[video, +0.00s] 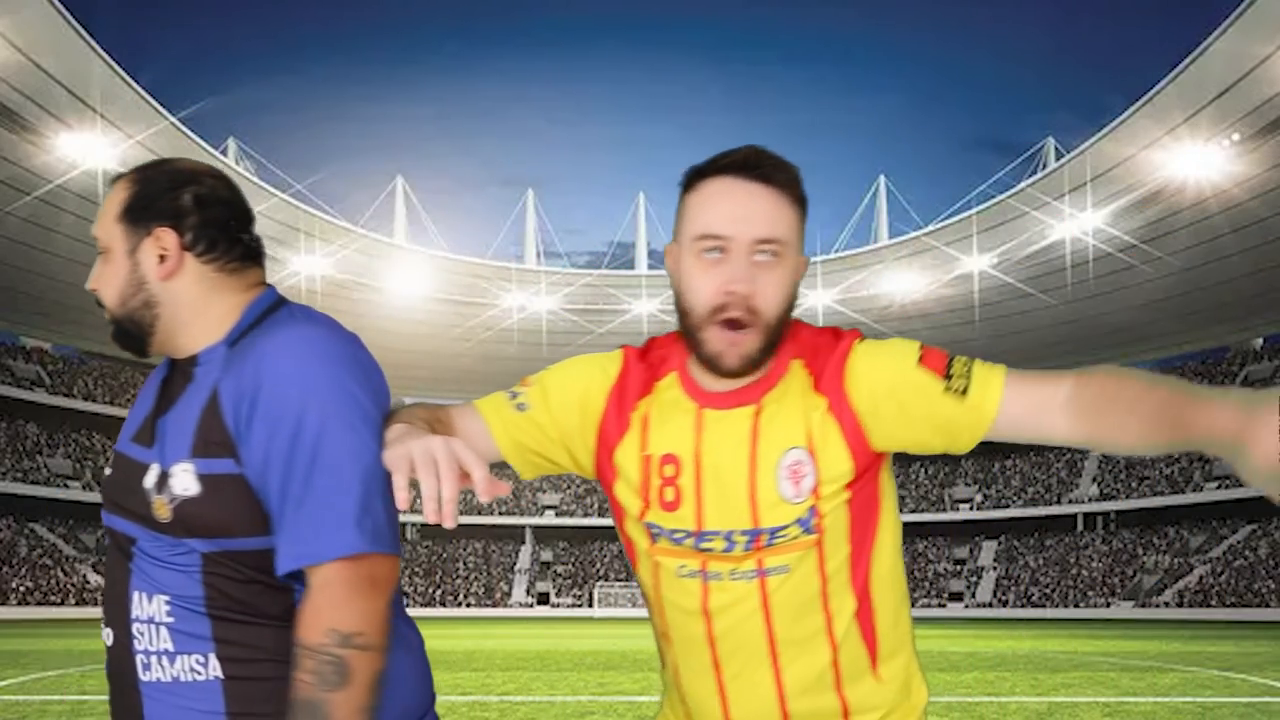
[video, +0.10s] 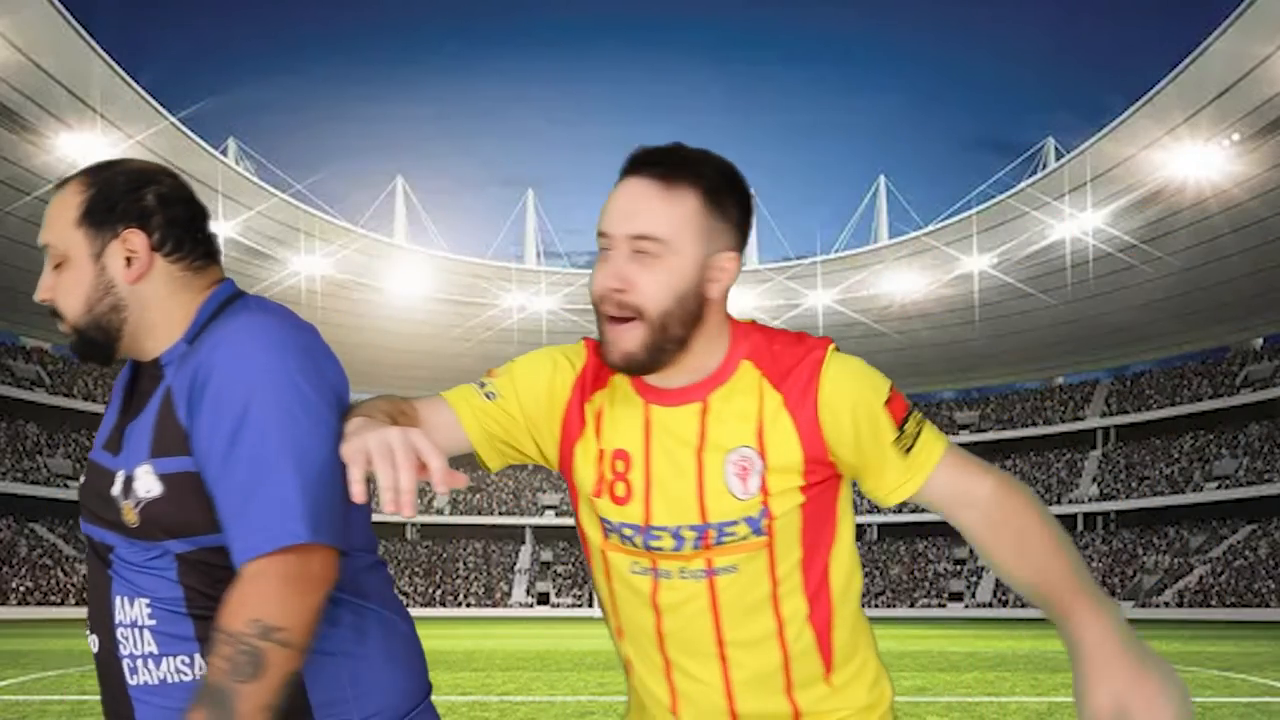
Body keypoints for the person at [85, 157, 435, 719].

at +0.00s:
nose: (92, 283)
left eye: (104, 253)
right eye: (96, 255)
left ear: (164, 252)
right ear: (161, 255)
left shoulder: (303, 359)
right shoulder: (166, 382)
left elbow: (354, 580)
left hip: (278, 704)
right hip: (165, 700)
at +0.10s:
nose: (41, 294)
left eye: (56, 263)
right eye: (47, 266)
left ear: (131, 256)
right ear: (132, 260)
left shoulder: (253, 350)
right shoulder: (142, 373)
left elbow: (293, 563)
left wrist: (215, 709)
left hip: (323, 706)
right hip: (165, 698)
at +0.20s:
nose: (11, 326)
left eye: (28, 293)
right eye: (12, 300)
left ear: (114, 274)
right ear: (114, 279)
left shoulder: (220, 356)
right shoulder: (123, 385)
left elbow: (229, 581)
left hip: (308, 704)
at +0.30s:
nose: (12, 341)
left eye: (33, 306)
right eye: (11, 313)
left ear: (127, 285)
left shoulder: (210, 386)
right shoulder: (127, 397)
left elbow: (189, 622)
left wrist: (51, 709)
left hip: (280, 703)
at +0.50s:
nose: (22, 326)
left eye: (50, 291)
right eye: (10, 300)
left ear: (141, 272)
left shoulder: (232, 382)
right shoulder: (83, 385)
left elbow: (254, 607)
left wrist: (99, 709)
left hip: (264, 705)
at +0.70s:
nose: (89, 324)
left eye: (115, 287)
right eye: (56, 298)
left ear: (169, 272)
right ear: (29, 299)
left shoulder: (269, 373)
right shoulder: (16, 389)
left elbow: (336, 561)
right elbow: (15, 561)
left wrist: (197, 681)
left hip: (266, 707)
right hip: (74, 708)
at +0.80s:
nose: (134, 307)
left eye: (157, 271)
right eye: (100, 280)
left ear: (194, 260)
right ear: (53, 279)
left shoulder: (288, 367)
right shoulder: (15, 379)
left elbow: (364, 534)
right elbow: (17, 528)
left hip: (273, 709)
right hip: (81, 707)